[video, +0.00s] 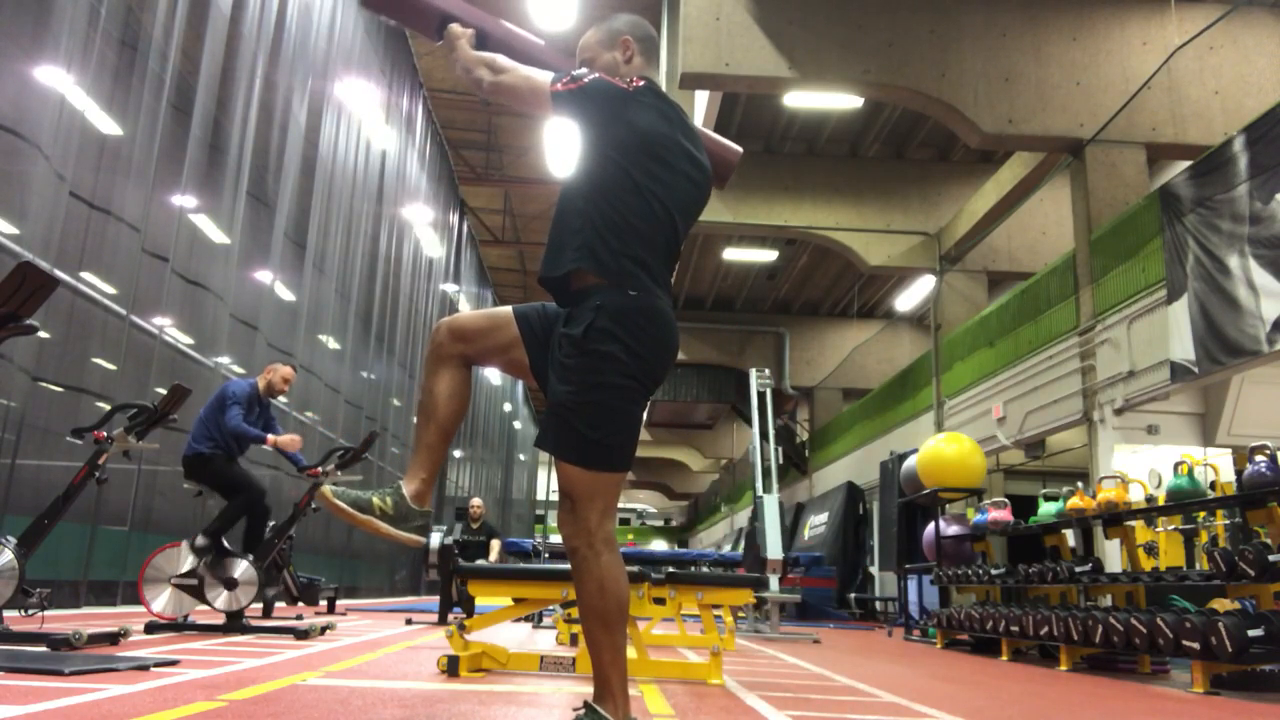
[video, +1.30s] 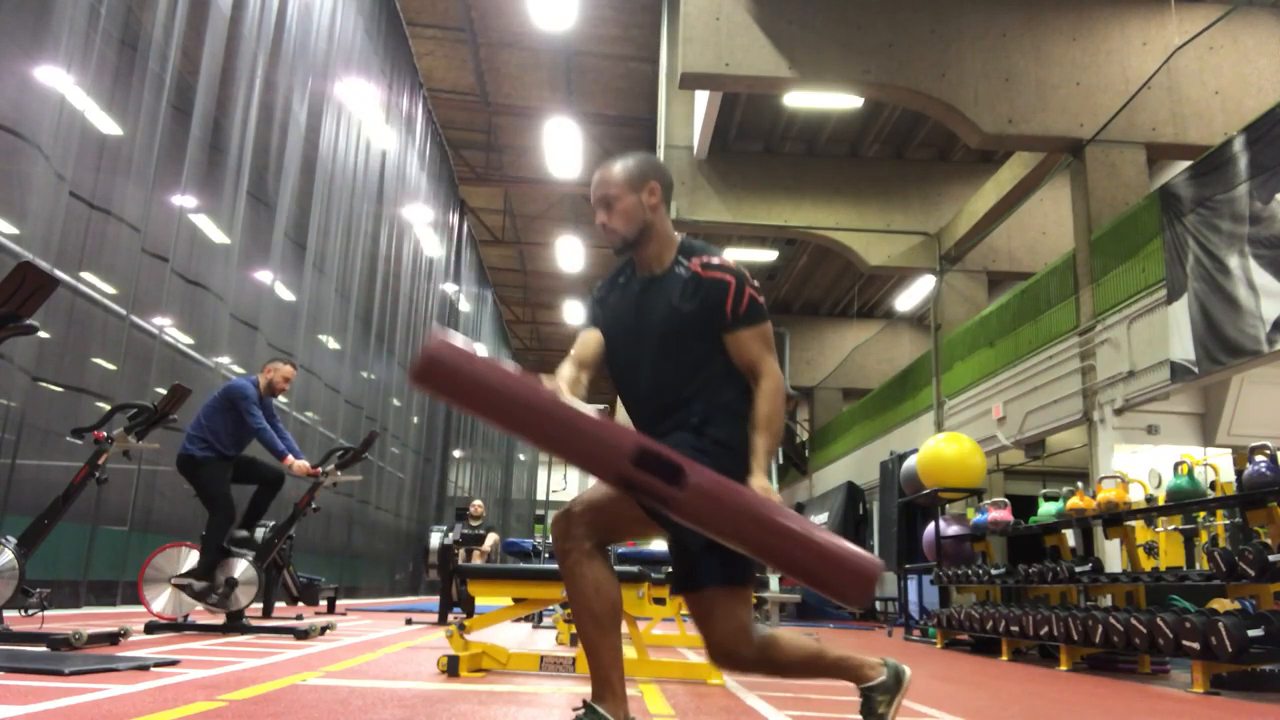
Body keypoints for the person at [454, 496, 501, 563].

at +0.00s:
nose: (475, 510)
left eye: (478, 507)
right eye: (472, 507)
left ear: (483, 510)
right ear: (468, 510)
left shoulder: (489, 528)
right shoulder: (460, 527)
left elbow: (494, 548)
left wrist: (490, 561)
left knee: (480, 563)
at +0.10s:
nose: (474, 510)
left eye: (477, 507)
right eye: (471, 507)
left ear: (482, 510)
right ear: (467, 509)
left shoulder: (488, 527)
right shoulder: (459, 527)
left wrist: (490, 560)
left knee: (480, 556)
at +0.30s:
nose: (470, 510)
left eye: (474, 506)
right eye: (467, 507)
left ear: (479, 509)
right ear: (463, 508)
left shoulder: (487, 527)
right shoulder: (457, 527)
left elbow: (496, 548)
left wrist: (490, 562)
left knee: (482, 547)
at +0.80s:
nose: (468, 506)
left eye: (471, 503)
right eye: (465, 503)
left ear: (477, 508)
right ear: (460, 506)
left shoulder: (483, 526)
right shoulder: (453, 526)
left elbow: (494, 542)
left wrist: (485, 556)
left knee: (479, 540)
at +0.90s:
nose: (470, 505)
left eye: (473, 503)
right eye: (466, 503)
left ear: (478, 507)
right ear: (462, 506)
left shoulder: (484, 525)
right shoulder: (454, 526)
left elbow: (492, 537)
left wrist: (485, 549)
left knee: (477, 540)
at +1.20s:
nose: (474, 506)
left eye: (478, 504)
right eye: (471, 504)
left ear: (483, 510)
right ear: (467, 508)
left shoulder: (487, 526)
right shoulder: (459, 524)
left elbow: (492, 534)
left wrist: (486, 544)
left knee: (477, 548)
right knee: (458, 548)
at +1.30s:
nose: (476, 508)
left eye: (479, 506)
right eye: (473, 506)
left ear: (484, 511)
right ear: (469, 509)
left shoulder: (488, 526)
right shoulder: (461, 525)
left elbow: (493, 535)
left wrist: (486, 545)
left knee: (476, 553)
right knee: (460, 552)